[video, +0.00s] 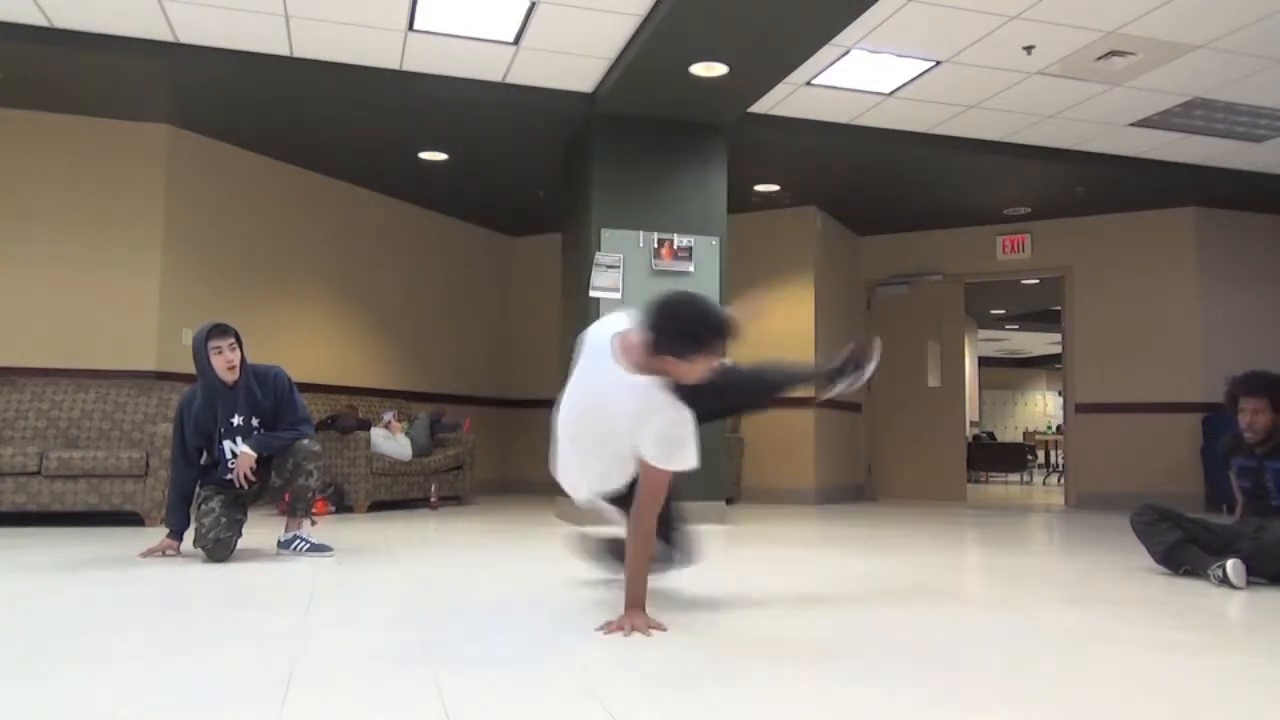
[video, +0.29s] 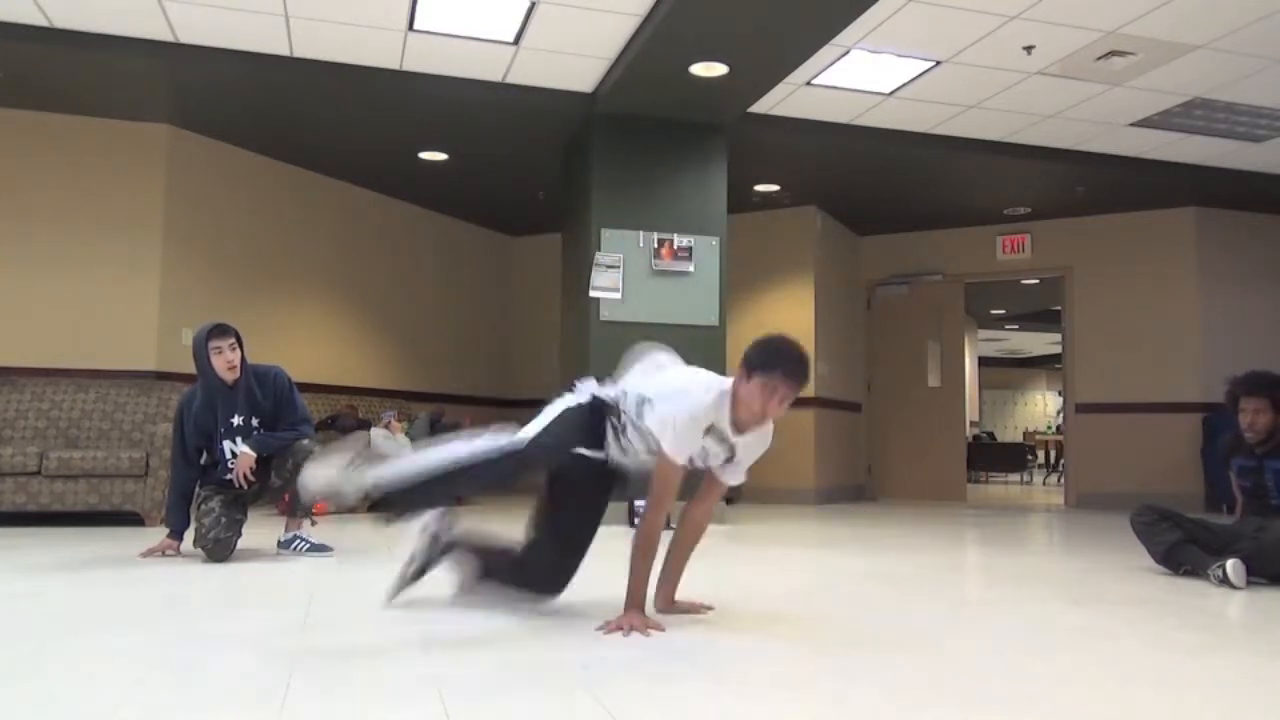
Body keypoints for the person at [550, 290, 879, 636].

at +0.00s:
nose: (717, 367)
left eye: (719, 357)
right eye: (710, 360)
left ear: (657, 327)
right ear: (674, 360)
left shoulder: (612, 326)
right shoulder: (664, 417)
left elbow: (664, 328)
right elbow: (643, 517)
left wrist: (716, 322)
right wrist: (634, 608)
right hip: (606, 478)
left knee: (724, 382)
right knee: (673, 549)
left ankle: (825, 376)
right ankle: (599, 551)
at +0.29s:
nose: (775, 408)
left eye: (787, 400)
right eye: (771, 391)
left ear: (790, 402)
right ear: (744, 378)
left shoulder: (758, 435)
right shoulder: (692, 405)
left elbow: (699, 513)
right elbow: (657, 512)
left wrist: (666, 598)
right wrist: (634, 608)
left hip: (608, 468)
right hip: (587, 419)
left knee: (542, 576)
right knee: (524, 460)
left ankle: (450, 543)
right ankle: (372, 493)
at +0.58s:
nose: (662, 355)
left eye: (668, 346)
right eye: (655, 341)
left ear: (671, 349)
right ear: (634, 337)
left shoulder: (650, 397)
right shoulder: (606, 358)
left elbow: (659, 500)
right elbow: (565, 417)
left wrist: (661, 598)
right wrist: (598, 375)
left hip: (651, 543)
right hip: (608, 520)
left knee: (793, 534)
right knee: (629, 422)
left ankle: (792, 631)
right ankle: (703, 436)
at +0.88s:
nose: (601, 361)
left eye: (600, 349)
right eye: (588, 351)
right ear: (554, 360)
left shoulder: (572, 400)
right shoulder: (550, 423)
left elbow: (600, 497)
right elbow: (552, 535)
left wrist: (654, 584)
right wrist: (587, 621)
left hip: (654, 500)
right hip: (656, 553)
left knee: (724, 396)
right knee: (783, 573)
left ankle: (842, 390)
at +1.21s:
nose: (685, 434)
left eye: (693, 434)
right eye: (688, 428)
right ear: (683, 400)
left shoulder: (667, 363)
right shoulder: (628, 397)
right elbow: (601, 517)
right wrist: (591, 623)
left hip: (577, 454)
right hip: (528, 481)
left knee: (685, 502)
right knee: (548, 585)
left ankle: (604, 573)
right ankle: (439, 566)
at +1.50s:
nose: (669, 444)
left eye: (679, 444)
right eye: (677, 439)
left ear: (680, 400)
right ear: (679, 405)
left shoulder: (655, 382)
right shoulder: (631, 382)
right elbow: (596, 505)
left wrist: (562, 456)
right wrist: (588, 614)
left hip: (550, 387)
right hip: (502, 364)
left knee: (636, 465)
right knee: (517, 460)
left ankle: (585, 570)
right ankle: (398, 568)